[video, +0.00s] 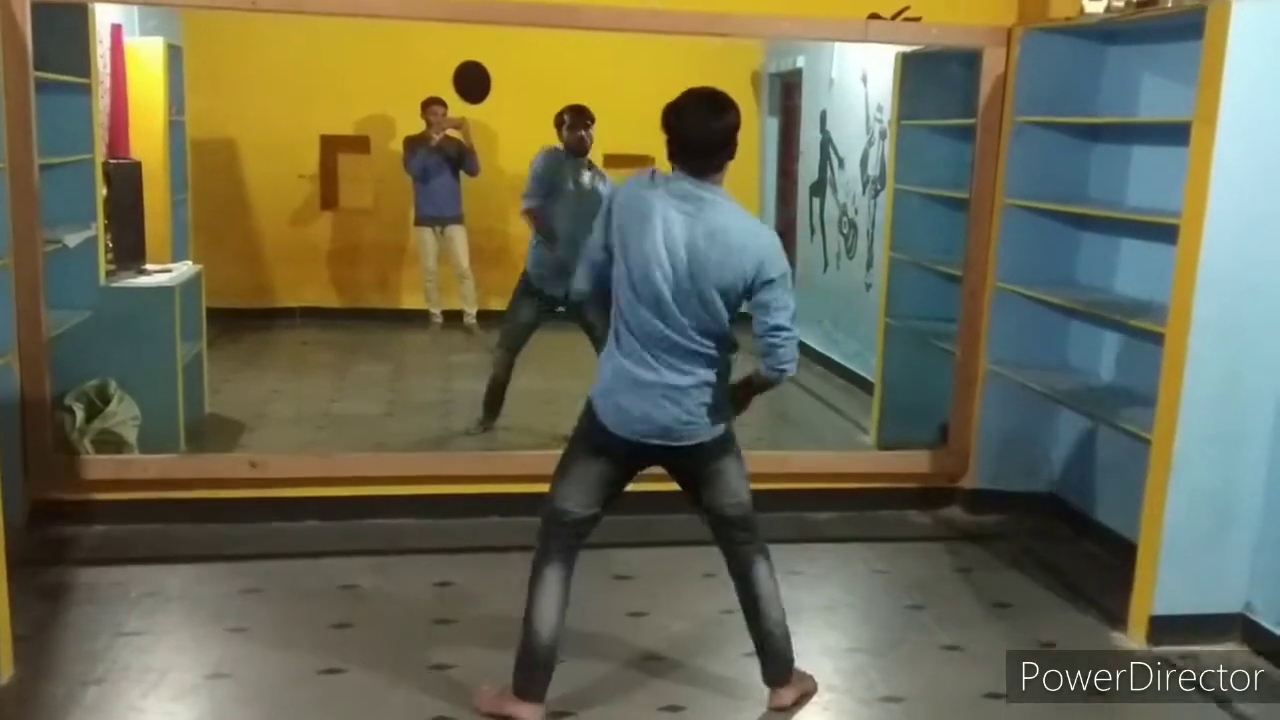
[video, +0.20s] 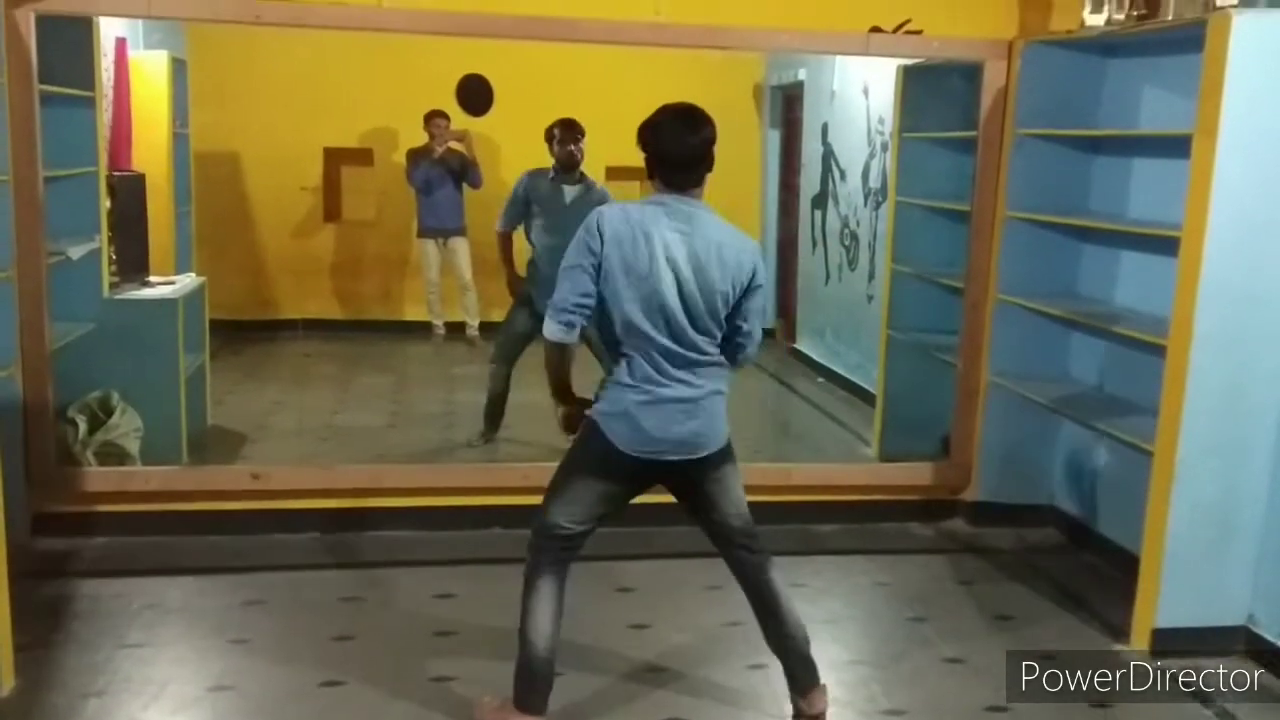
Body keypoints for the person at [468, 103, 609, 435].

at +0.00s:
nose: (584, 133)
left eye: (588, 127)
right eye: (576, 128)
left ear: (594, 131)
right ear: (561, 132)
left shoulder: (601, 179)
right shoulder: (549, 160)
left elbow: (611, 223)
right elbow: (531, 207)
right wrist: (551, 241)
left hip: (585, 281)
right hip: (541, 280)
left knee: (615, 355)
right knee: (506, 349)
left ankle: (628, 427)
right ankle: (488, 418)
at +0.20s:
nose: (571, 148)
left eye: (577, 142)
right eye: (563, 143)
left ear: (584, 147)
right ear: (550, 148)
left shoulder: (598, 197)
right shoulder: (531, 185)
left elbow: (611, 245)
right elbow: (504, 230)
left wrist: (604, 288)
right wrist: (511, 276)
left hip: (583, 296)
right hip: (539, 294)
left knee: (617, 365)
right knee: (501, 359)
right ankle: (489, 431)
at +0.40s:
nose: (567, 165)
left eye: (572, 158)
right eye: (560, 159)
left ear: (581, 160)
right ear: (547, 163)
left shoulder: (602, 196)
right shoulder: (537, 198)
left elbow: (648, 205)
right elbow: (523, 245)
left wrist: (614, 190)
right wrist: (528, 289)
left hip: (594, 305)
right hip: (550, 304)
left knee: (625, 367)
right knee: (505, 358)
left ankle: (627, 438)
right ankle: (495, 439)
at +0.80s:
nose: (558, 183)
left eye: (563, 176)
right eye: (551, 178)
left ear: (575, 176)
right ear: (542, 180)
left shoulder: (595, 216)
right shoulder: (538, 218)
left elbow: (609, 254)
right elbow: (536, 265)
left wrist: (613, 211)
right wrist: (538, 303)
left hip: (593, 319)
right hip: (552, 318)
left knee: (627, 384)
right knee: (513, 376)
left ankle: (635, 450)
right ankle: (502, 453)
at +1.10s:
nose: (563, 190)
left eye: (569, 184)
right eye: (556, 185)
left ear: (581, 185)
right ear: (549, 187)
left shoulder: (598, 214)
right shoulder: (548, 224)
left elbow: (607, 229)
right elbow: (544, 270)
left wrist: (579, 223)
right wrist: (542, 307)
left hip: (596, 326)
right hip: (556, 326)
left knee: (628, 397)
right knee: (516, 385)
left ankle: (651, 456)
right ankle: (506, 461)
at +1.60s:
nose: (543, 193)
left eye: (549, 186)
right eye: (536, 187)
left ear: (559, 188)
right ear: (526, 189)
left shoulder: (568, 221)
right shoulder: (524, 230)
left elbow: (540, 232)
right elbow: (520, 278)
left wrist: (498, 222)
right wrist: (524, 315)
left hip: (578, 330)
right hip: (543, 330)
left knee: (591, 397)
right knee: (507, 383)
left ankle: (587, 466)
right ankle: (508, 463)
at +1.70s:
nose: (508, 210)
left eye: (513, 202)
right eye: (505, 203)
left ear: (528, 203)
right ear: (503, 205)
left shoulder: (544, 240)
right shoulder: (514, 238)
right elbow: (527, 287)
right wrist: (523, 321)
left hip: (559, 336)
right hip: (535, 336)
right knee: (500, 386)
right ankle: (508, 462)